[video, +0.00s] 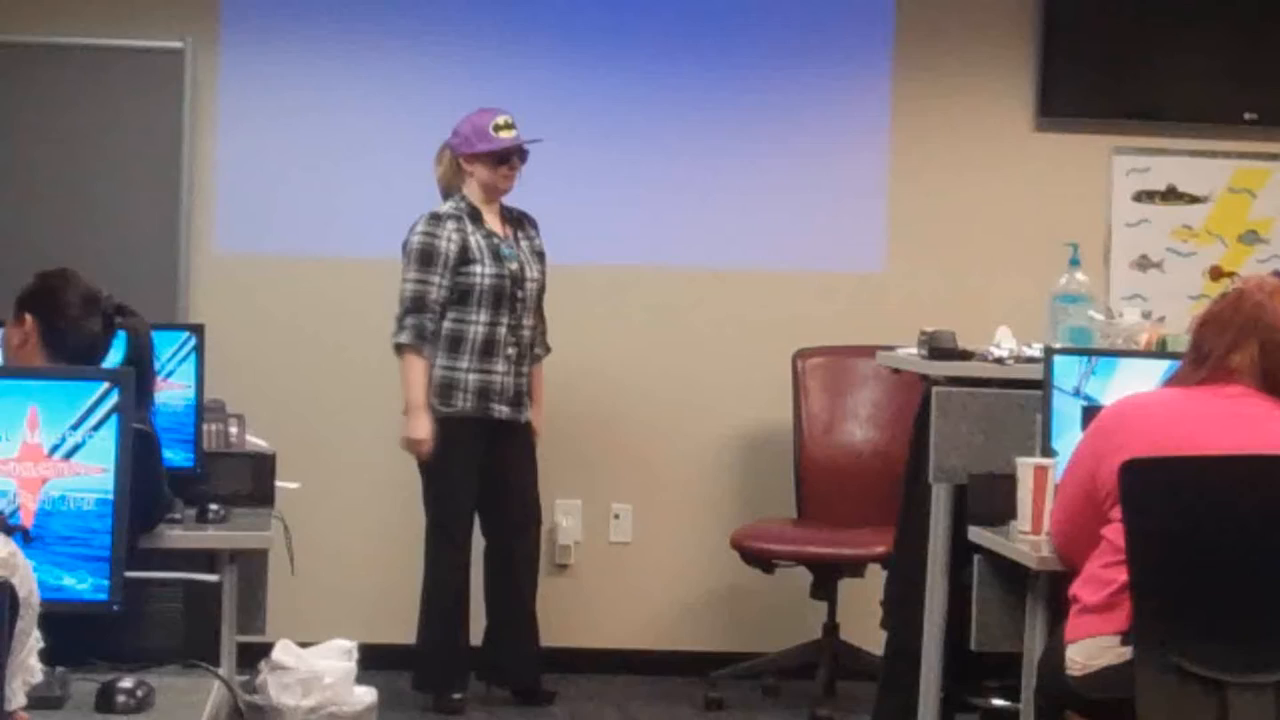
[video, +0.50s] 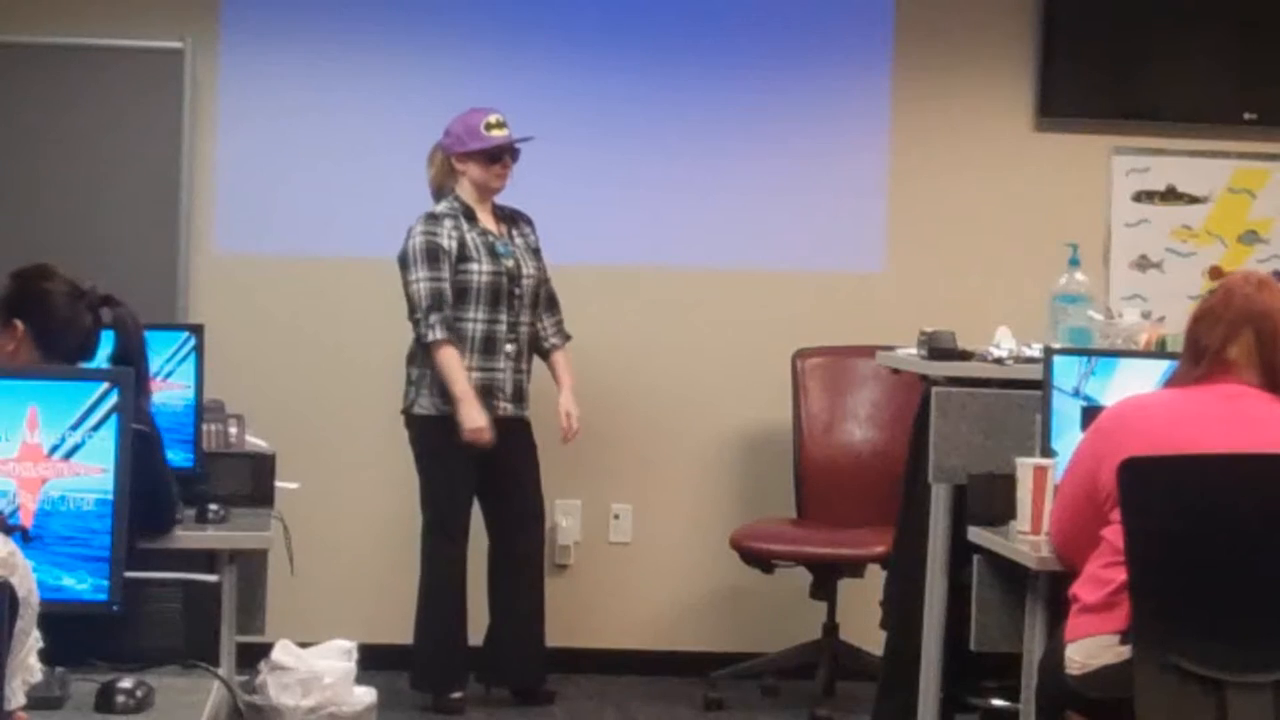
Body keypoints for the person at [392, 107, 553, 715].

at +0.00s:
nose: (508, 169)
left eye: (514, 159)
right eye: (496, 159)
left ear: (520, 165)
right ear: (463, 162)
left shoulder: (525, 232)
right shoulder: (437, 228)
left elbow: (534, 332)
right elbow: (414, 327)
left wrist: (535, 409)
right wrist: (416, 409)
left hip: (510, 420)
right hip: (451, 417)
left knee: (516, 546)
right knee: (449, 550)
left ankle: (514, 669)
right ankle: (441, 679)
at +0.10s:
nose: (508, 167)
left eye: (513, 158)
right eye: (496, 158)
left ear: (517, 164)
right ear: (462, 161)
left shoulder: (523, 230)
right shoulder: (436, 228)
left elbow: (537, 328)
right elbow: (426, 327)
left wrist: (541, 404)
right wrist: (443, 404)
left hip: (510, 417)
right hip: (449, 414)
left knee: (517, 546)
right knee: (449, 550)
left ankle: (518, 671)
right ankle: (442, 679)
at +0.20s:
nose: (507, 166)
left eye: (512, 157)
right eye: (494, 157)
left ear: (514, 163)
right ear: (461, 160)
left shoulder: (521, 231)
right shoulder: (433, 229)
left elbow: (543, 321)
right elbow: (431, 325)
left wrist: (556, 394)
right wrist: (468, 396)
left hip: (510, 413)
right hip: (444, 412)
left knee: (520, 543)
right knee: (448, 547)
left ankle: (522, 672)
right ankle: (441, 680)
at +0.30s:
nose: (505, 166)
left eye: (510, 157)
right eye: (492, 157)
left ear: (513, 162)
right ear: (458, 161)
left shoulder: (521, 229)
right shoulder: (432, 229)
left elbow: (546, 316)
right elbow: (433, 323)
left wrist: (567, 388)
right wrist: (482, 387)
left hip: (507, 412)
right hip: (442, 412)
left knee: (520, 543)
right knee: (447, 545)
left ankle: (522, 673)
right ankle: (442, 680)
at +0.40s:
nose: (505, 165)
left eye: (509, 156)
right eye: (492, 157)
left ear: (511, 162)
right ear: (457, 161)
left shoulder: (521, 230)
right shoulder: (432, 228)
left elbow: (546, 314)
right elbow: (434, 325)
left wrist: (569, 386)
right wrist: (482, 391)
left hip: (507, 413)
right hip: (442, 412)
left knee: (521, 541)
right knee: (447, 545)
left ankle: (520, 672)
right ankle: (443, 680)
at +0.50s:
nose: (504, 165)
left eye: (509, 156)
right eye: (491, 157)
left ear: (511, 162)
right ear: (457, 161)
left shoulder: (520, 229)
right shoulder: (431, 230)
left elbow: (544, 314)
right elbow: (432, 327)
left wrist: (565, 385)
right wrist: (466, 401)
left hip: (507, 415)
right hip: (442, 413)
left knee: (521, 542)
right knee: (446, 546)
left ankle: (519, 672)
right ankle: (441, 680)